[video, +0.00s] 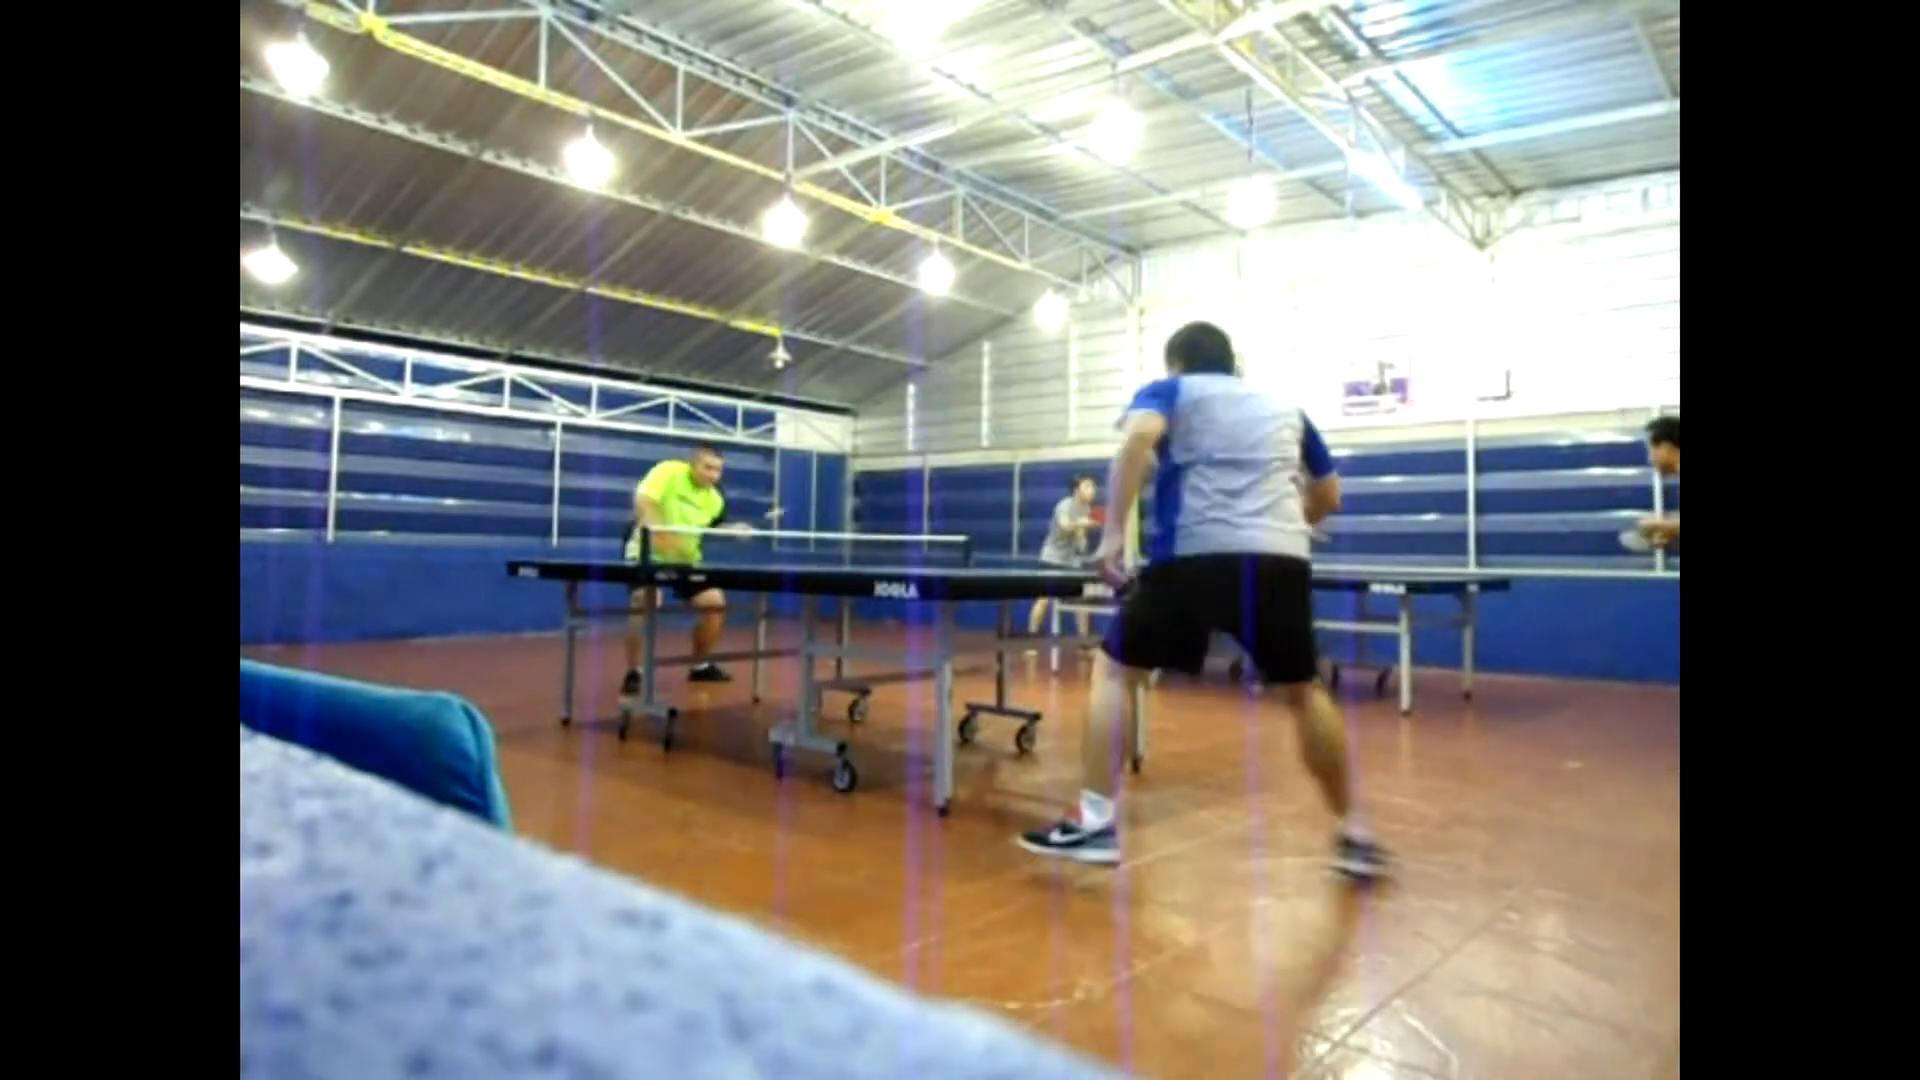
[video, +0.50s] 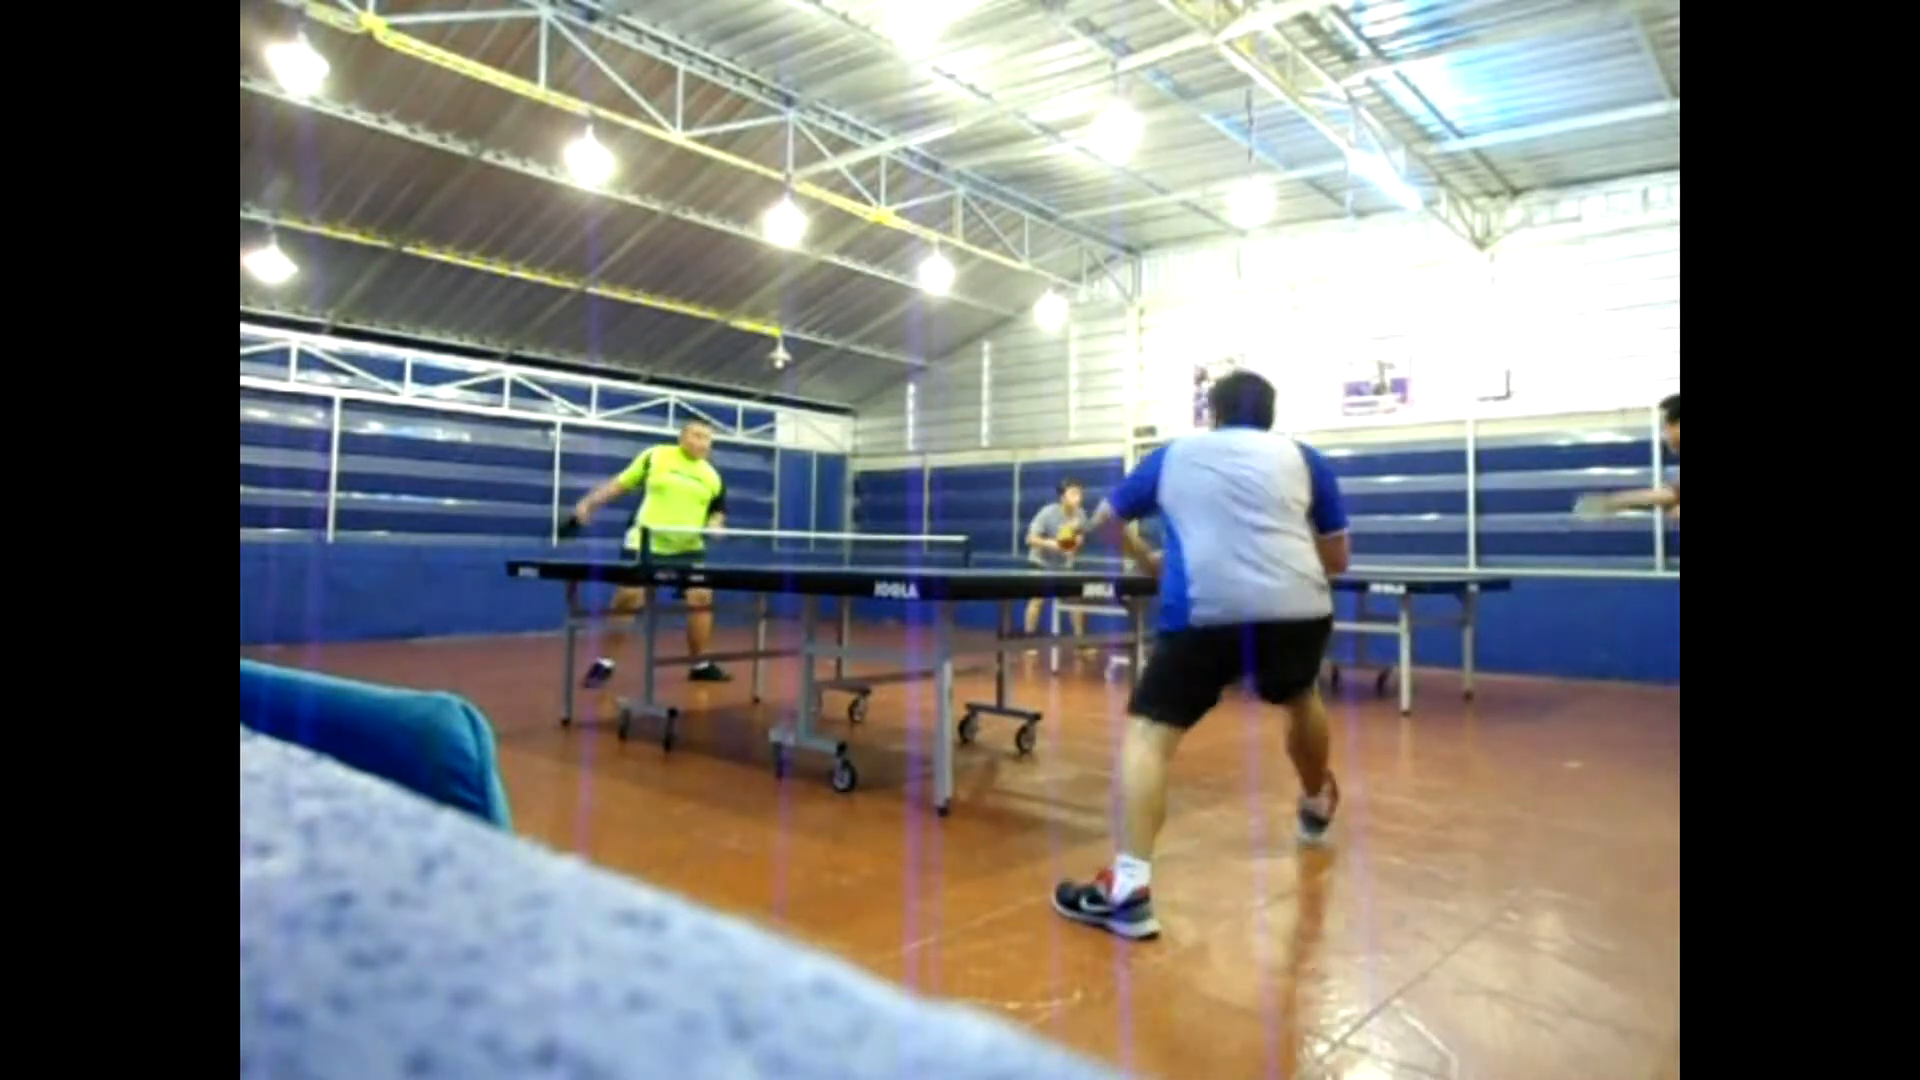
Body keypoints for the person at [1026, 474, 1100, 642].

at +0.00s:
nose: (1091, 491)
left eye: (1092, 487)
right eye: (1086, 486)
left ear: (1094, 490)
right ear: (1077, 489)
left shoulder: (1086, 510)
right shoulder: (1065, 505)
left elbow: (1081, 531)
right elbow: (1064, 525)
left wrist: (1082, 548)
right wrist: (1084, 524)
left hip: (1074, 560)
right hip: (1053, 559)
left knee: (1081, 602)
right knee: (1044, 598)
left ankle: (1084, 639)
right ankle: (1032, 635)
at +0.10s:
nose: (1089, 491)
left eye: (1091, 486)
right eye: (1085, 486)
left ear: (1093, 490)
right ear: (1075, 489)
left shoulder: (1087, 509)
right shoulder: (1062, 506)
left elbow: (1086, 526)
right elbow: (1053, 528)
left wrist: (1086, 529)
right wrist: (1074, 528)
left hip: (1076, 559)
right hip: (1053, 559)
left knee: (1083, 599)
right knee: (1043, 597)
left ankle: (1085, 638)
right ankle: (1030, 635)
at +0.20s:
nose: (1086, 492)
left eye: (1088, 488)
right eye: (1082, 487)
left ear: (1089, 491)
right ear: (1072, 490)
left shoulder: (1085, 508)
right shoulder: (1059, 506)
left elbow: (1085, 529)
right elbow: (1043, 530)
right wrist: (1060, 532)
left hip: (1074, 560)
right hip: (1050, 560)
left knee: (1083, 601)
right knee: (1043, 598)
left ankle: (1085, 638)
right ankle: (1030, 634)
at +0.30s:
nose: (1082, 492)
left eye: (1083, 488)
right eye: (1078, 488)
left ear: (1086, 491)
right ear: (1068, 491)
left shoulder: (1087, 510)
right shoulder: (1054, 507)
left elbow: (1092, 534)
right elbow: (1038, 533)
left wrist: (1078, 537)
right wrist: (1056, 534)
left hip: (1074, 563)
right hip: (1046, 562)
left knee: (1083, 599)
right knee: (1039, 598)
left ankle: (1085, 636)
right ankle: (1029, 635)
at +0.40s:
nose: (1078, 494)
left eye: (1079, 490)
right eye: (1074, 489)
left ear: (1083, 493)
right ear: (1064, 491)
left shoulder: (1085, 515)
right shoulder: (1050, 509)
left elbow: (1093, 537)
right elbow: (1033, 535)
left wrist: (1075, 539)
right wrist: (1053, 538)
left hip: (1070, 565)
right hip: (1042, 564)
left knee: (1076, 603)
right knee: (1037, 600)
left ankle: (1080, 640)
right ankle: (1028, 637)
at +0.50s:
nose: (1076, 498)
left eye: (1078, 493)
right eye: (1072, 493)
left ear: (1081, 496)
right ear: (1063, 496)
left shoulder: (1080, 515)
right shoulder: (1048, 513)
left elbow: (1082, 534)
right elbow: (1031, 537)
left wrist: (1075, 543)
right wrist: (1052, 545)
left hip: (1066, 563)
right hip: (1041, 563)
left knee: (1076, 600)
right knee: (1037, 599)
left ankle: (1080, 638)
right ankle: (1029, 636)